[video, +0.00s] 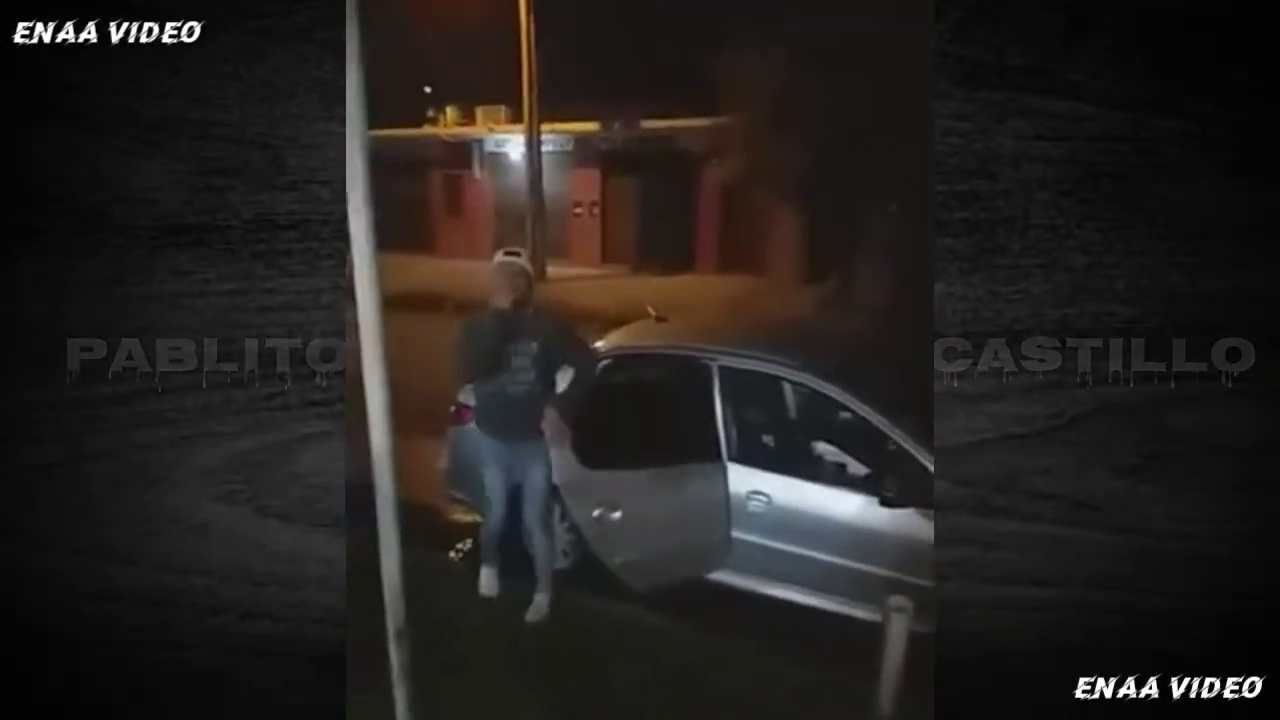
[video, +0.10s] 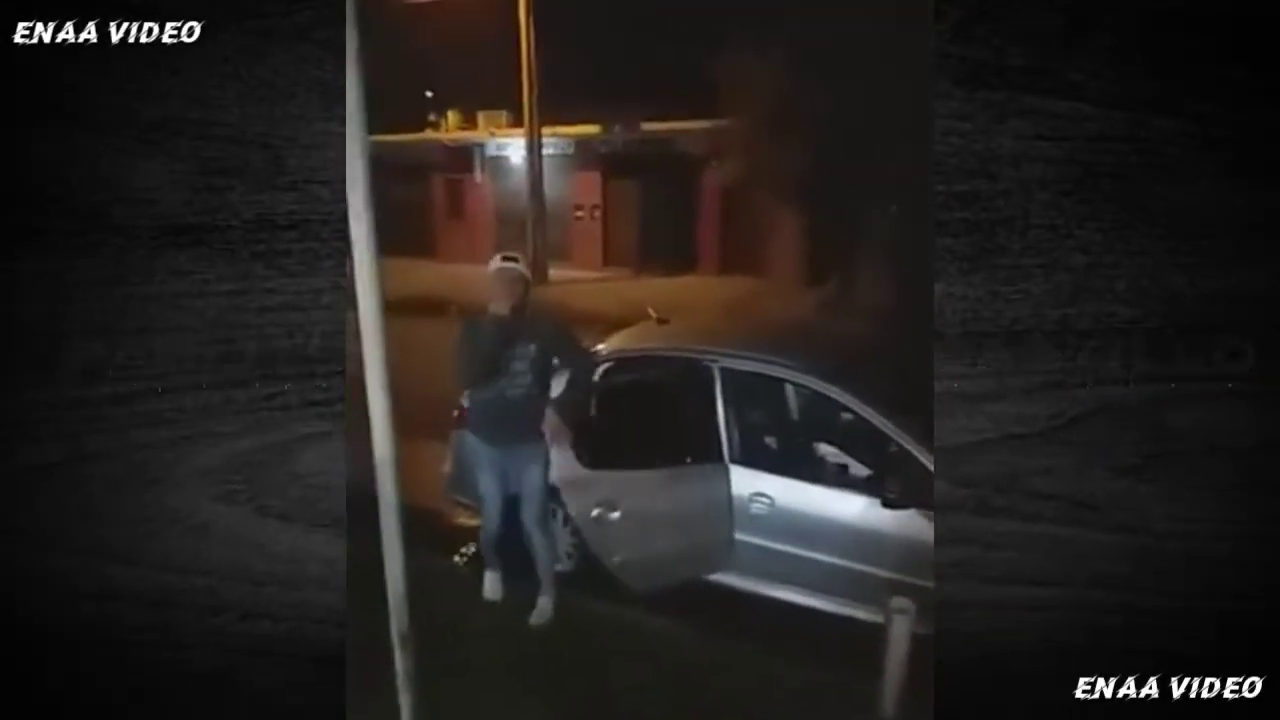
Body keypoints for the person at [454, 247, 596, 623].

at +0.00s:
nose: (505, 285)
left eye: (512, 277)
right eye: (500, 276)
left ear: (526, 283)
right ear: (492, 282)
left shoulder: (544, 326)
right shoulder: (478, 327)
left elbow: (586, 363)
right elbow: (469, 372)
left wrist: (562, 409)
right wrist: (496, 324)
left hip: (534, 435)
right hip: (492, 434)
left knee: (535, 520)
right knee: (496, 513)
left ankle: (543, 587)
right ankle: (488, 564)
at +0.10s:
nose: (505, 289)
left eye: (513, 282)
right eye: (500, 281)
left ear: (524, 287)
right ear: (489, 285)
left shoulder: (542, 327)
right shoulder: (476, 328)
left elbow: (582, 365)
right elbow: (469, 375)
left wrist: (563, 410)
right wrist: (495, 326)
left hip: (529, 436)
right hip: (484, 437)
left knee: (532, 519)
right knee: (491, 514)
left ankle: (546, 590)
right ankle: (491, 568)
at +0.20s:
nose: (501, 296)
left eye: (508, 288)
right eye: (495, 287)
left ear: (519, 293)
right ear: (483, 292)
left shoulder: (535, 330)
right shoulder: (466, 331)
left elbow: (572, 364)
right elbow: (469, 381)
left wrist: (558, 409)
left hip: (521, 441)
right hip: (476, 440)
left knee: (527, 522)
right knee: (483, 519)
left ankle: (541, 593)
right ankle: (487, 576)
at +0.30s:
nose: (506, 298)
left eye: (511, 290)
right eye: (499, 290)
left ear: (518, 294)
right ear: (481, 295)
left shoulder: (527, 330)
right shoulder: (463, 331)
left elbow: (562, 362)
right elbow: (457, 386)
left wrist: (552, 409)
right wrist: (449, 432)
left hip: (514, 443)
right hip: (470, 442)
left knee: (520, 522)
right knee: (477, 520)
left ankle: (533, 592)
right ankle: (482, 575)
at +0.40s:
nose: (515, 303)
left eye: (518, 295)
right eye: (506, 295)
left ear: (523, 298)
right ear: (486, 300)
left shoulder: (532, 333)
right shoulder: (467, 333)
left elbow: (558, 367)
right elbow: (464, 387)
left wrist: (553, 410)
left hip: (514, 444)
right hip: (470, 443)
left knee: (522, 522)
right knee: (479, 520)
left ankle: (529, 586)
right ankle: (485, 576)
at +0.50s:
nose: (521, 305)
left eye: (522, 297)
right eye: (514, 298)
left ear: (520, 300)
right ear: (491, 303)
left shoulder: (527, 335)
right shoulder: (469, 334)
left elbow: (552, 372)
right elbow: (470, 388)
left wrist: (548, 413)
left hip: (510, 444)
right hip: (468, 445)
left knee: (517, 522)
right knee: (476, 522)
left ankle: (520, 587)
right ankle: (480, 580)